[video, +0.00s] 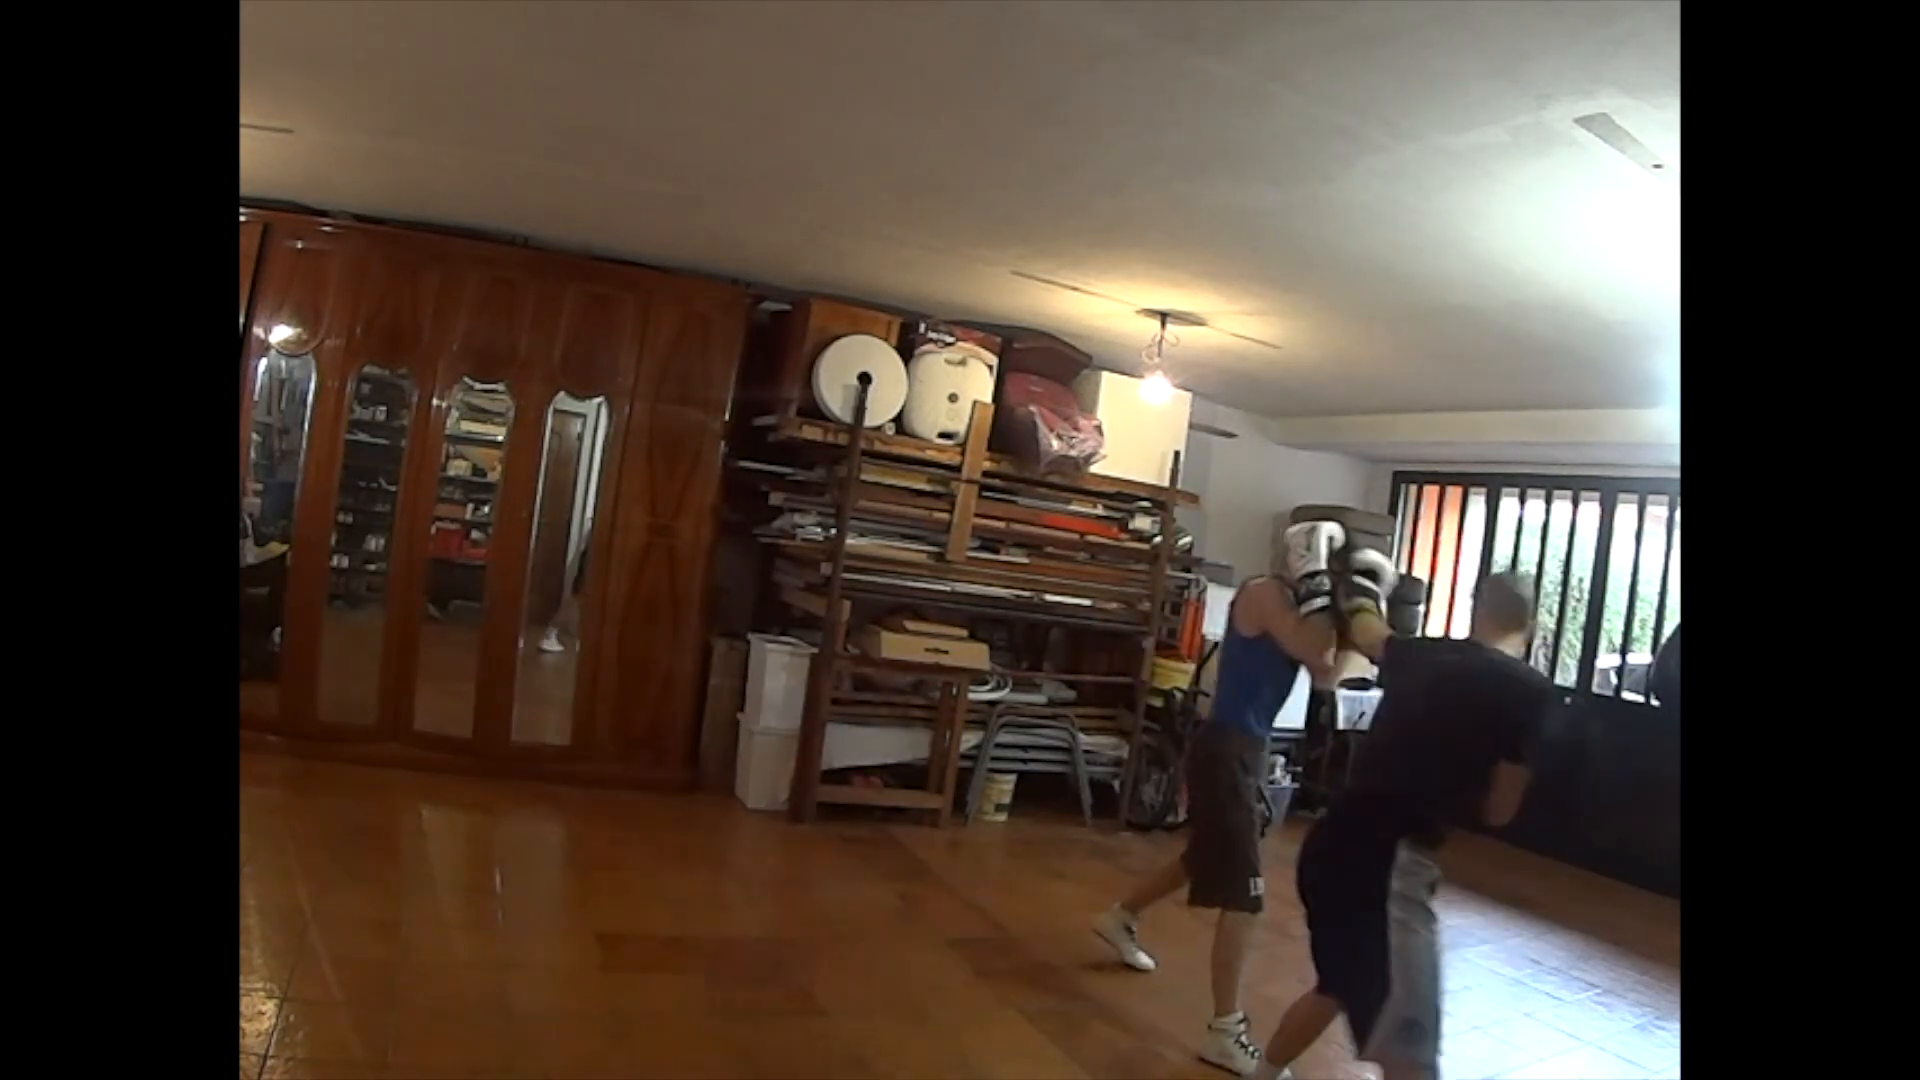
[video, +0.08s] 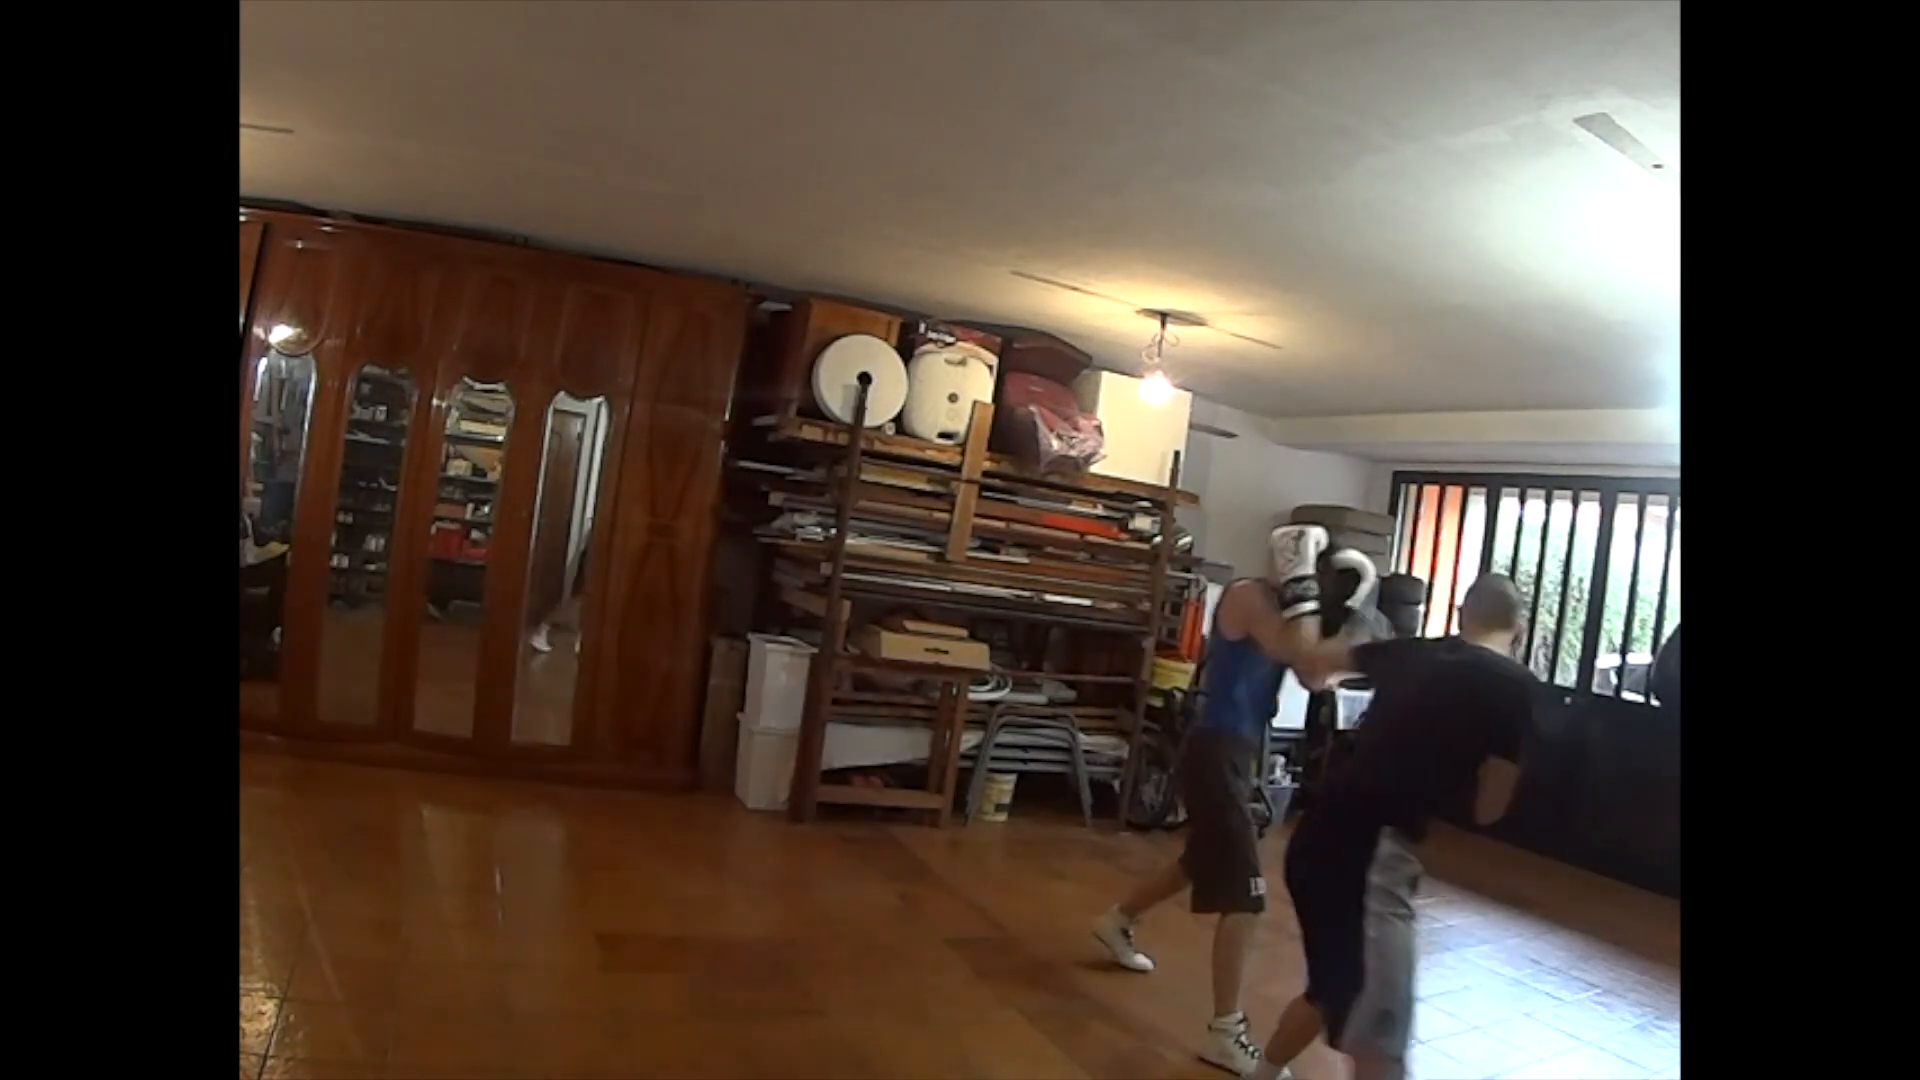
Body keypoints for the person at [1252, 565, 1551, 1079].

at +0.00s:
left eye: (1478, 608)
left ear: (1474, 612)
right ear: (1528, 630)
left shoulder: (1418, 653)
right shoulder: (1526, 688)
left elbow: (1366, 633)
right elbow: (1498, 810)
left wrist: (1357, 588)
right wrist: (1440, 774)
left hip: (1333, 843)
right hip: (1394, 864)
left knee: (1335, 986)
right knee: (1409, 1055)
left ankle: (1264, 1071)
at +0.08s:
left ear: (1460, 617)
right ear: (1518, 631)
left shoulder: (1413, 652)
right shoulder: (1514, 685)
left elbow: (1312, 664)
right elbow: (1487, 810)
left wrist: (1299, 595)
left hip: (1319, 839)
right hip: (1377, 858)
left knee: (1331, 986)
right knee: (1380, 1042)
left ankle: (1264, 1070)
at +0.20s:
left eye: (1437, 605)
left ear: (1436, 608)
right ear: (1494, 616)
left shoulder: (1386, 648)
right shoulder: (1495, 677)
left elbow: (1300, 714)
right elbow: (1469, 799)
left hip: (1298, 831)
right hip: (1354, 856)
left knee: (1306, 985)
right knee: (1326, 1037)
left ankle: (1262, 1068)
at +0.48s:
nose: (1388, 571)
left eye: (1388, 561)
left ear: (1388, 566)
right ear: (1450, 580)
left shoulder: (1330, 630)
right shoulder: (1458, 659)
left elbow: (1252, 715)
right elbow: (1439, 781)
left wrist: (1306, 732)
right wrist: (1382, 755)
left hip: (1270, 832)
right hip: (1337, 857)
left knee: (1262, 991)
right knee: (1305, 1022)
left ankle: (1250, 1069)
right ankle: (1284, 1069)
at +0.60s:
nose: (1361, 558)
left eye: (1359, 548)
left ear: (1361, 551)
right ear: (1424, 561)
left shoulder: (1312, 616)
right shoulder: (1443, 639)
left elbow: (1233, 713)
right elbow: (1421, 763)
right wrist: (1368, 731)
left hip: (1266, 814)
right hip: (1342, 834)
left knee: (1250, 980)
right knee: (1300, 998)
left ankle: (1188, 1069)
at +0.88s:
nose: (1330, 594)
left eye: (1330, 587)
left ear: (1335, 590)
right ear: (1396, 599)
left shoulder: (1283, 655)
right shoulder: (1422, 673)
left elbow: (1206, 751)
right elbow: (1394, 790)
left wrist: (1256, 734)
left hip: (1238, 853)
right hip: (1321, 873)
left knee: (1236, 996)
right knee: (1304, 1032)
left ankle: (1173, 1073)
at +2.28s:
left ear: (1361, 587)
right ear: (1433, 607)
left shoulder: (1295, 651)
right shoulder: (1445, 686)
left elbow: (1196, 754)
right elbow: (1409, 834)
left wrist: (1263, 781)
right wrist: (1342, 797)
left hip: (1207, 889)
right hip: (1286, 925)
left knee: (1201, 1041)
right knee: (1335, 1072)